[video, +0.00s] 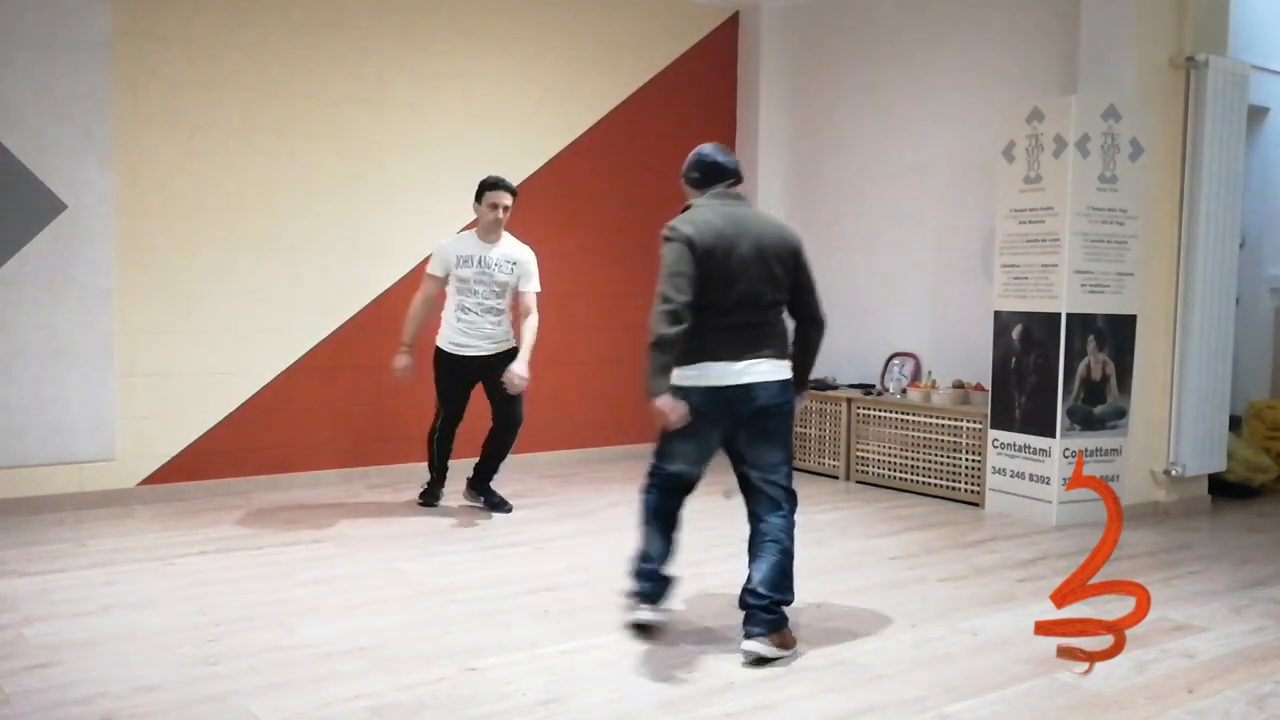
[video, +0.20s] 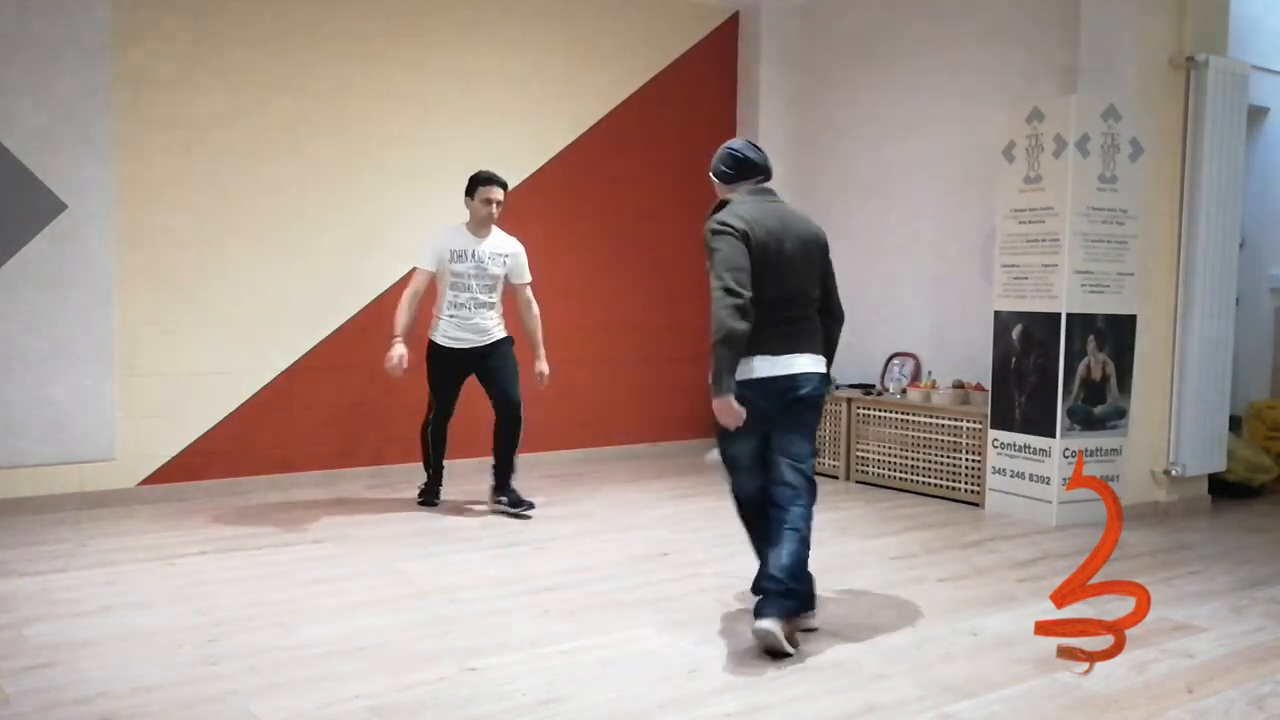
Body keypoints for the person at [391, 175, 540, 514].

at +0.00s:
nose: (500, 215)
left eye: (506, 209)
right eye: (494, 207)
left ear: (511, 212)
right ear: (477, 207)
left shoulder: (522, 256)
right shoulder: (449, 249)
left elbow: (529, 313)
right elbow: (424, 298)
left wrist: (522, 361)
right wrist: (405, 347)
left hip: (500, 354)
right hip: (454, 353)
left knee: (510, 420)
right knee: (447, 420)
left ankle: (479, 483)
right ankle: (435, 482)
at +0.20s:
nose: (494, 209)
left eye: (499, 203)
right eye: (487, 202)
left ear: (503, 205)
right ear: (469, 202)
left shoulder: (511, 249)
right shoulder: (443, 241)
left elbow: (528, 304)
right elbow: (413, 292)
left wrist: (539, 354)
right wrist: (398, 340)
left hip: (493, 345)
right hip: (447, 345)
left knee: (510, 407)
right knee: (438, 415)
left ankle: (503, 487)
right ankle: (433, 482)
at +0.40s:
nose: (505, 207)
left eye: (510, 201)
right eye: (498, 200)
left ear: (513, 203)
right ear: (479, 200)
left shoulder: (520, 247)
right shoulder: (455, 242)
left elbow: (528, 299)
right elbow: (427, 295)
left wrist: (536, 346)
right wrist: (434, 336)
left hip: (506, 345)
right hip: (460, 347)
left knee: (519, 415)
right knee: (448, 420)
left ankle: (520, 492)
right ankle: (435, 482)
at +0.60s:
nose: (517, 201)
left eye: (521, 195)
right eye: (510, 195)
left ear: (524, 196)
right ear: (489, 193)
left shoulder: (530, 240)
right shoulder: (464, 237)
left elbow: (536, 298)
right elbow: (442, 296)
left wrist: (542, 347)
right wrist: (449, 345)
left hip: (518, 343)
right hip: (473, 344)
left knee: (525, 419)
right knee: (469, 415)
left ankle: (520, 492)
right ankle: (448, 478)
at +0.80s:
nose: (518, 199)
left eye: (522, 193)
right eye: (511, 192)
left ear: (525, 194)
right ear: (488, 190)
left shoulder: (529, 239)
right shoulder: (462, 236)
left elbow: (540, 297)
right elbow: (437, 298)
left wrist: (552, 344)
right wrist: (433, 352)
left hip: (515, 342)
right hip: (470, 340)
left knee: (521, 421)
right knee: (468, 413)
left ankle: (519, 494)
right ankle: (442, 503)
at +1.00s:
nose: (508, 199)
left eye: (511, 192)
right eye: (501, 191)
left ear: (511, 194)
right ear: (476, 190)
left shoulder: (510, 240)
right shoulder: (446, 237)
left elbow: (522, 299)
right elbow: (419, 300)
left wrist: (538, 343)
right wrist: (416, 359)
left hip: (494, 345)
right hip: (453, 344)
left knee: (505, 423)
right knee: (457, 423)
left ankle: (512, 492)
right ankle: (442, 515)